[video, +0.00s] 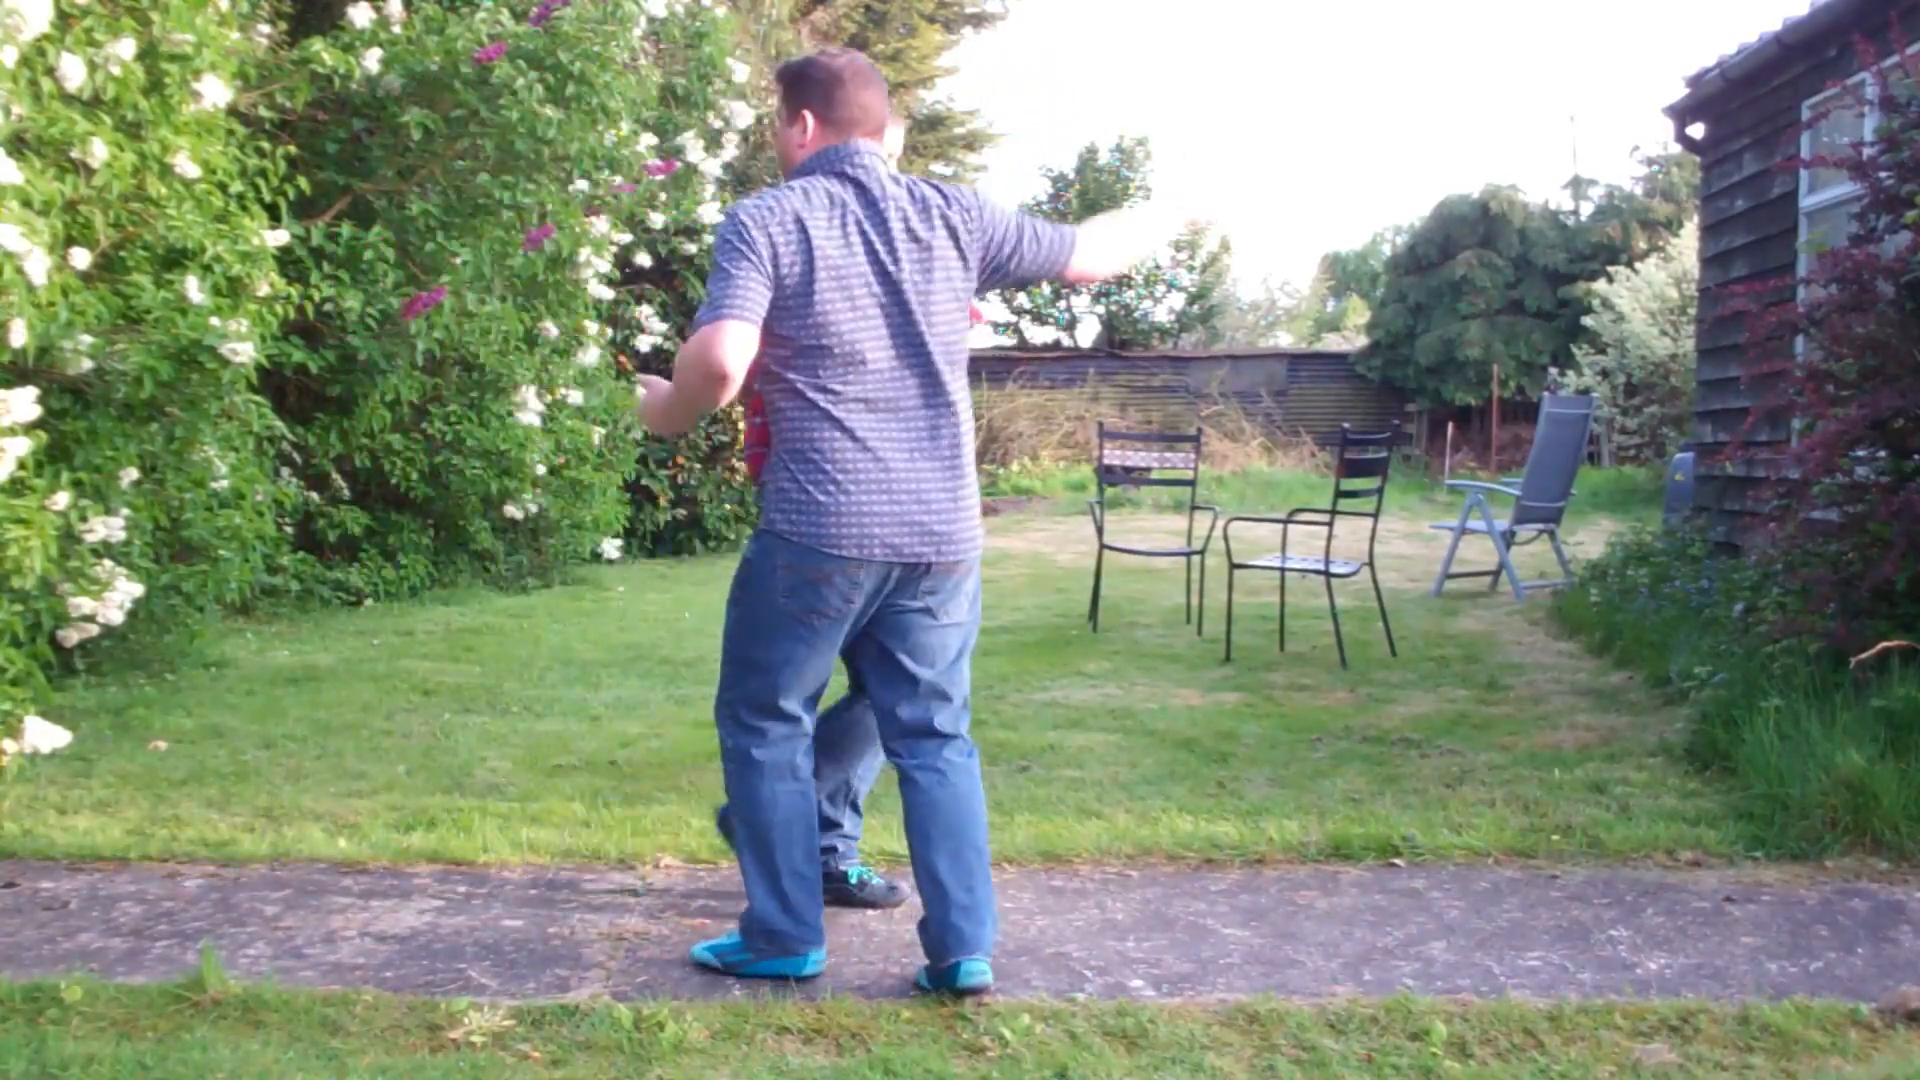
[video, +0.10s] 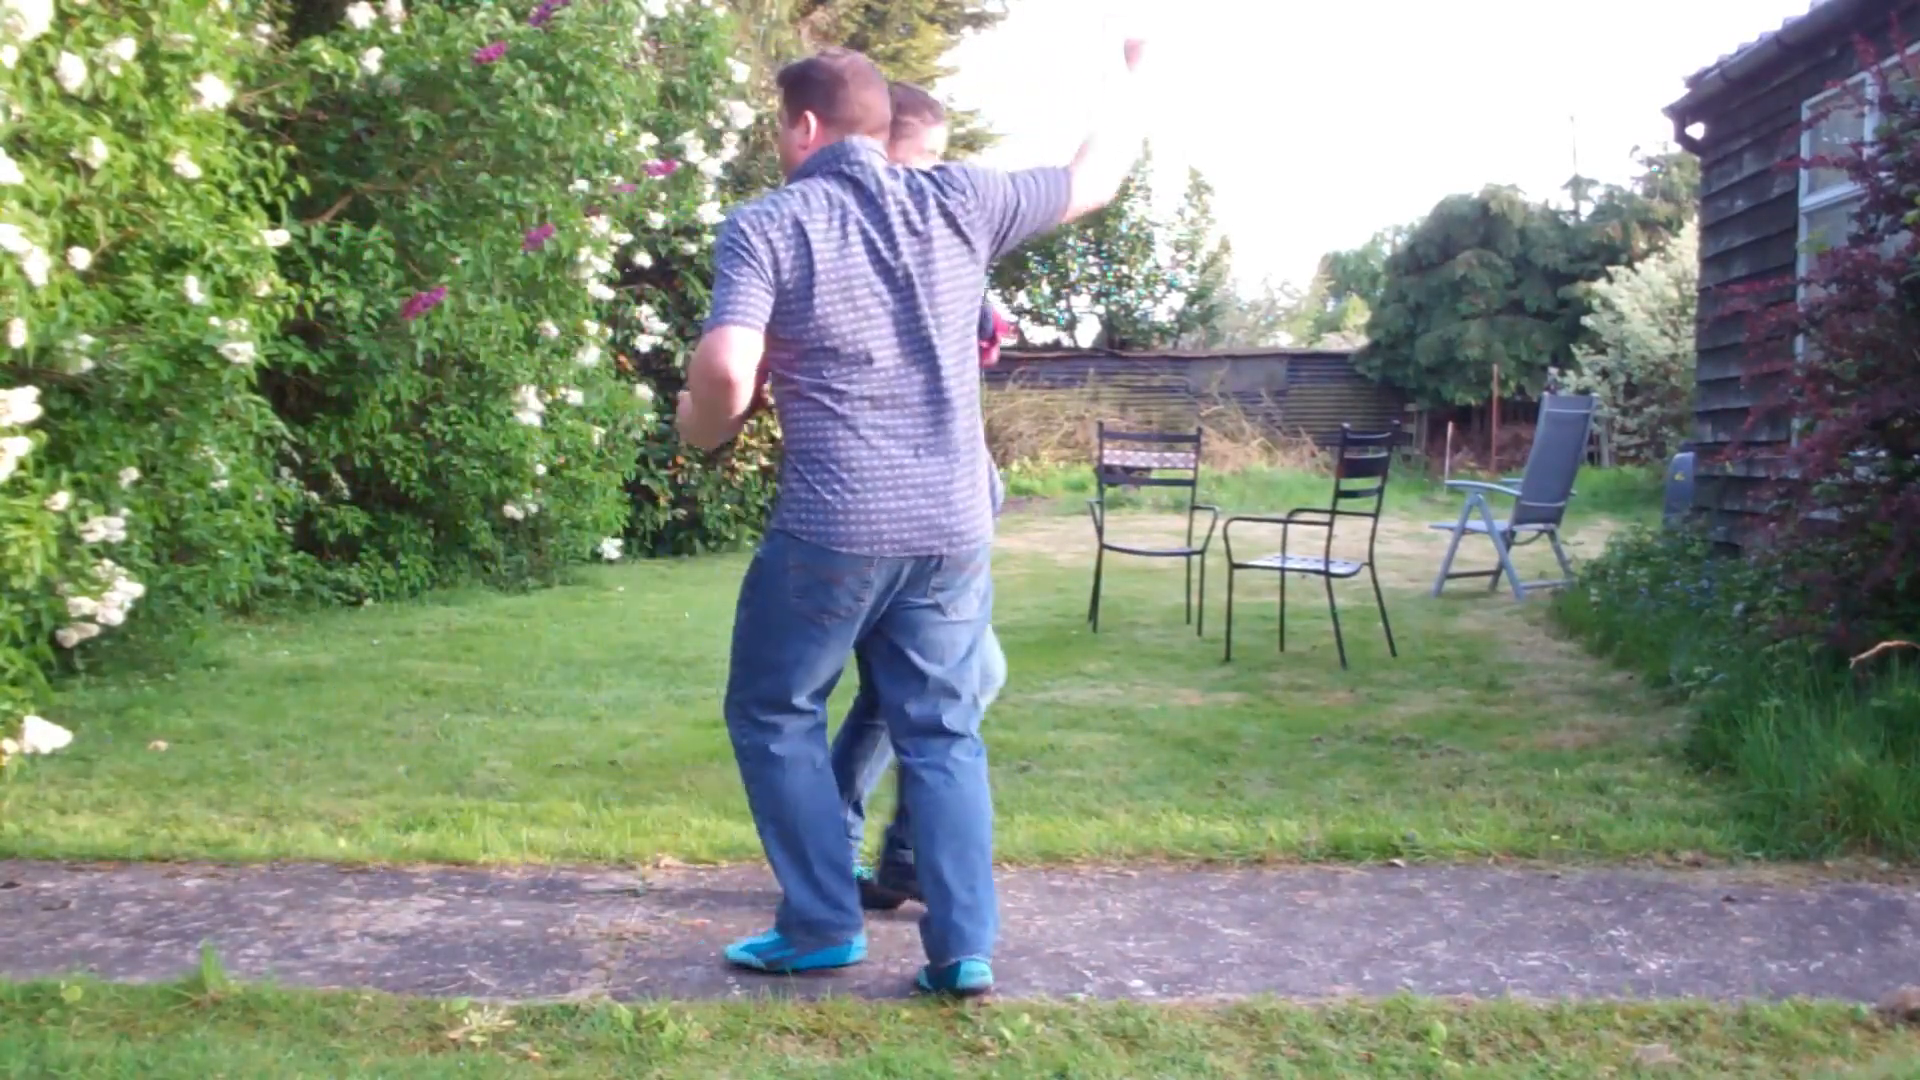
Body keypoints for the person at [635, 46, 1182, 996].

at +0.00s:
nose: (774, 141)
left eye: (778, 126)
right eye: (775, 126)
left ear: (804, 128)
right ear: (884, 129)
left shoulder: (769, 217)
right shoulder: (950, 211)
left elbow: (721, 361)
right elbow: (1084, 258)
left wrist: (668, 410)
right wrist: (1137, 238)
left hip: (824, 528)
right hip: (944, 529)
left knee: (764, 718)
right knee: (936, 734)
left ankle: (783, 935)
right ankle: (964, 951)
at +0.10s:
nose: (775, 140)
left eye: (777, 127)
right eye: (776, 128)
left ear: (803, 126)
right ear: (885, 128)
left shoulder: (768, 220)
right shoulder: (954, 198)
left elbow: (728, 371)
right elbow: (1084, 184)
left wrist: (706, 434)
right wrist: (1127, 95)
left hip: (836, 524)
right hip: (954, 523)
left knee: (774, 711)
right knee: (943, 731)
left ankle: (820, 924)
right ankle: (965, 951)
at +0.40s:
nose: (751, 137)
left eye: (756, 121)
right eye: (757, 121)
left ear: (780, 124)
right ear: (850, 114)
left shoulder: (742, 228)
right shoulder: (909, 167)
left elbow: (716, 389)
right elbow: (905, 56)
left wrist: (749, 424)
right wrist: (834, 6)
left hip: (831, 511)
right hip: (944, 495)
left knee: (816, 720)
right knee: (919, 697)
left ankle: (868, 925)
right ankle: (967, 878)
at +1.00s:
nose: (770, 121)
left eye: (788, 106)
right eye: (752, 105)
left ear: (818, 117)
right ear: (723, 116)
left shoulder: (874, 202)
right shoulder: (681, 209)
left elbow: (940, 308)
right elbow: (629, 336)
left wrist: (819, 315)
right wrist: (697, 411)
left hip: (846, 500)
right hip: (732, 502)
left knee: (832, 694)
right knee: (739, 706)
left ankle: (839, 888)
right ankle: (764, 883)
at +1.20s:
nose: (846, 136)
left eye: (850, 120)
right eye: (829, 118)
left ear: (854, 126)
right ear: (767, 121)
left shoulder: (876, 214)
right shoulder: (703, 221)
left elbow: (965, 293)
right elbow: (729, 361)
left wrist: (960, 293)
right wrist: (874, 416)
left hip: (862, 507)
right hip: (746, 515)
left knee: (884, 691)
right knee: (752, 709)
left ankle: (861, 879)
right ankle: (763, 888)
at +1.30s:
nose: (871, 139)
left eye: (871, 121)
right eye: (858, 120)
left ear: (821, 123)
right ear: (796, 122)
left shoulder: (874, 214)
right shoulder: (732, 218)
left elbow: (943, 302)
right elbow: (796, 355)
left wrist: (973, 270)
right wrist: (929, 399)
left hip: (869, 510)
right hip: (762, 512)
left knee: (900, 687)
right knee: (766, 707)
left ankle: (875, 887)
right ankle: (761, 888)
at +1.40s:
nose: (893, 138)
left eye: (892, 120)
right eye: (880, 119)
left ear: (839, 122)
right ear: (823, 121)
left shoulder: (877, 217)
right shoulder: (768, 212)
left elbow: (920, 314)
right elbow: (853, 350)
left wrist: (999, 271)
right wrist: (980, 388)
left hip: (889, 512)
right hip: (791, 506)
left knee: (908, 693)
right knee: (783, 707)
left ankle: (884, 895)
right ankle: (749, 889)